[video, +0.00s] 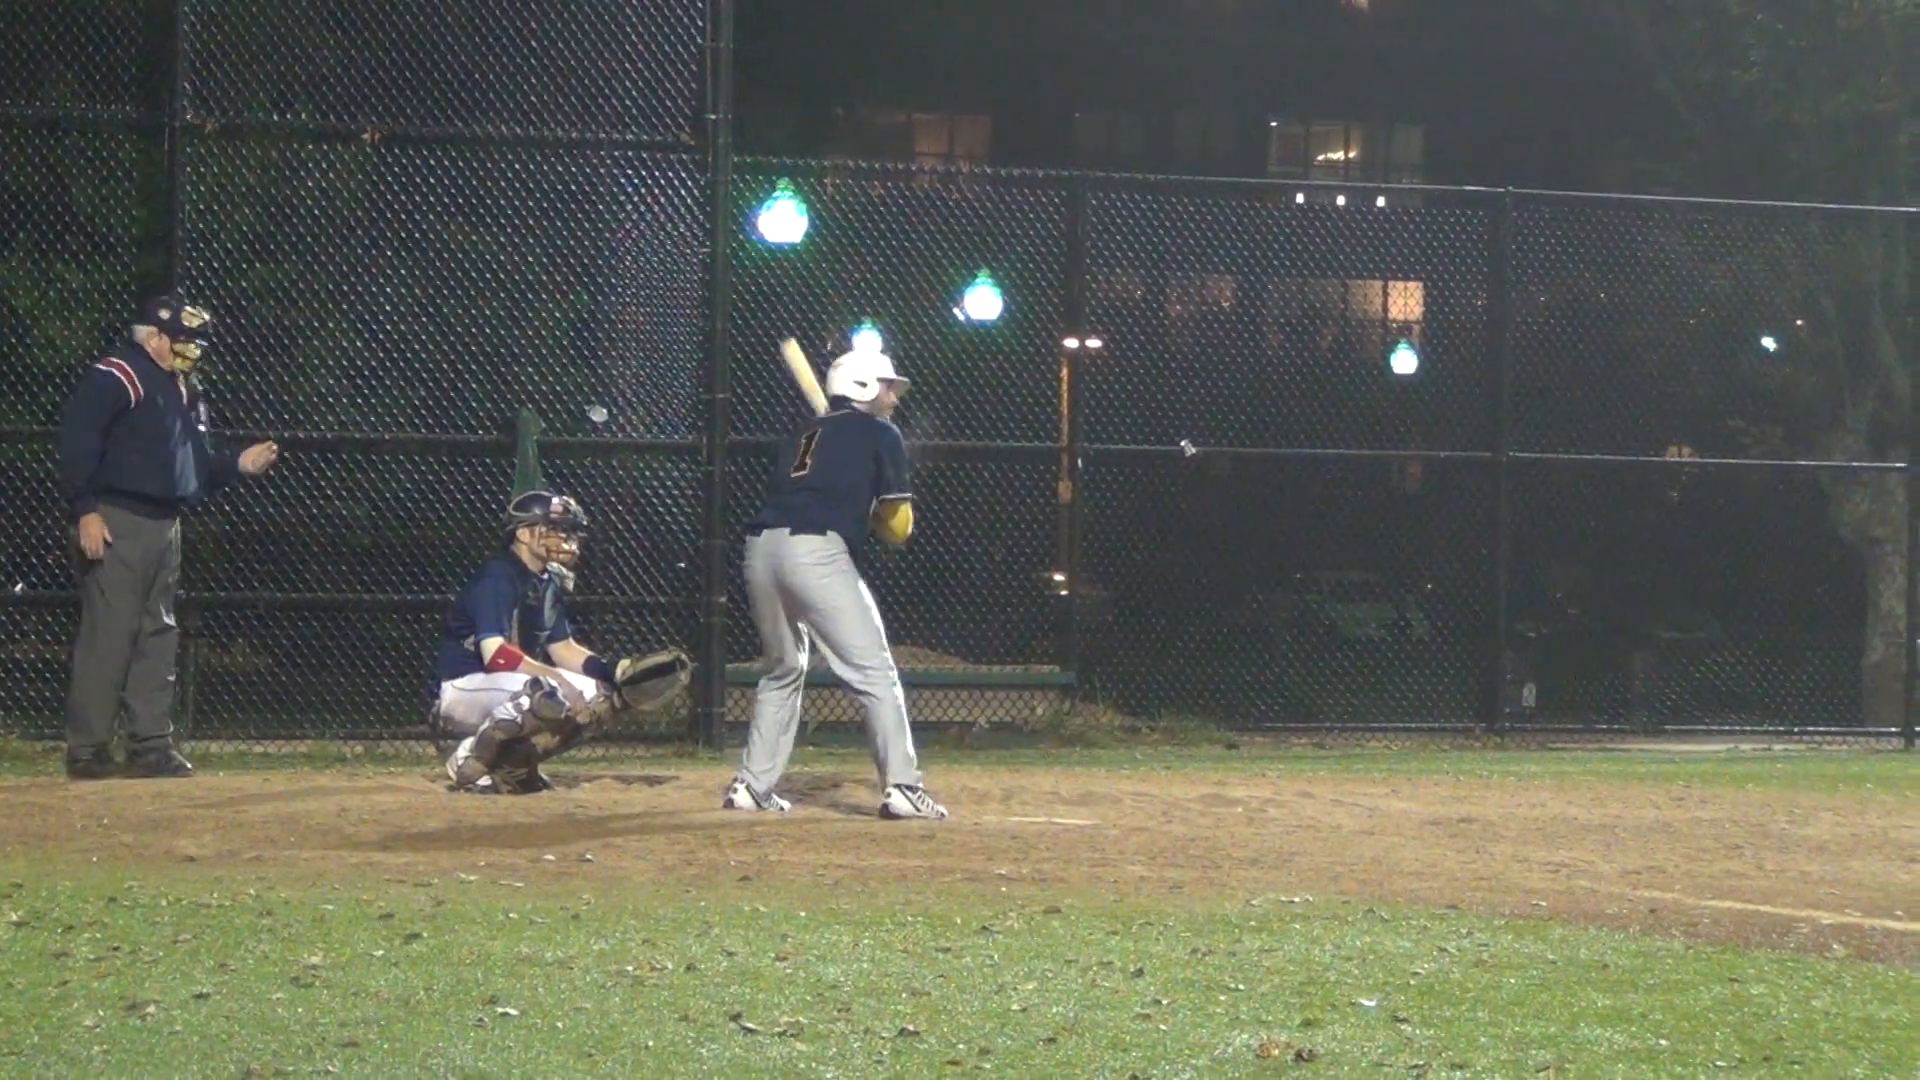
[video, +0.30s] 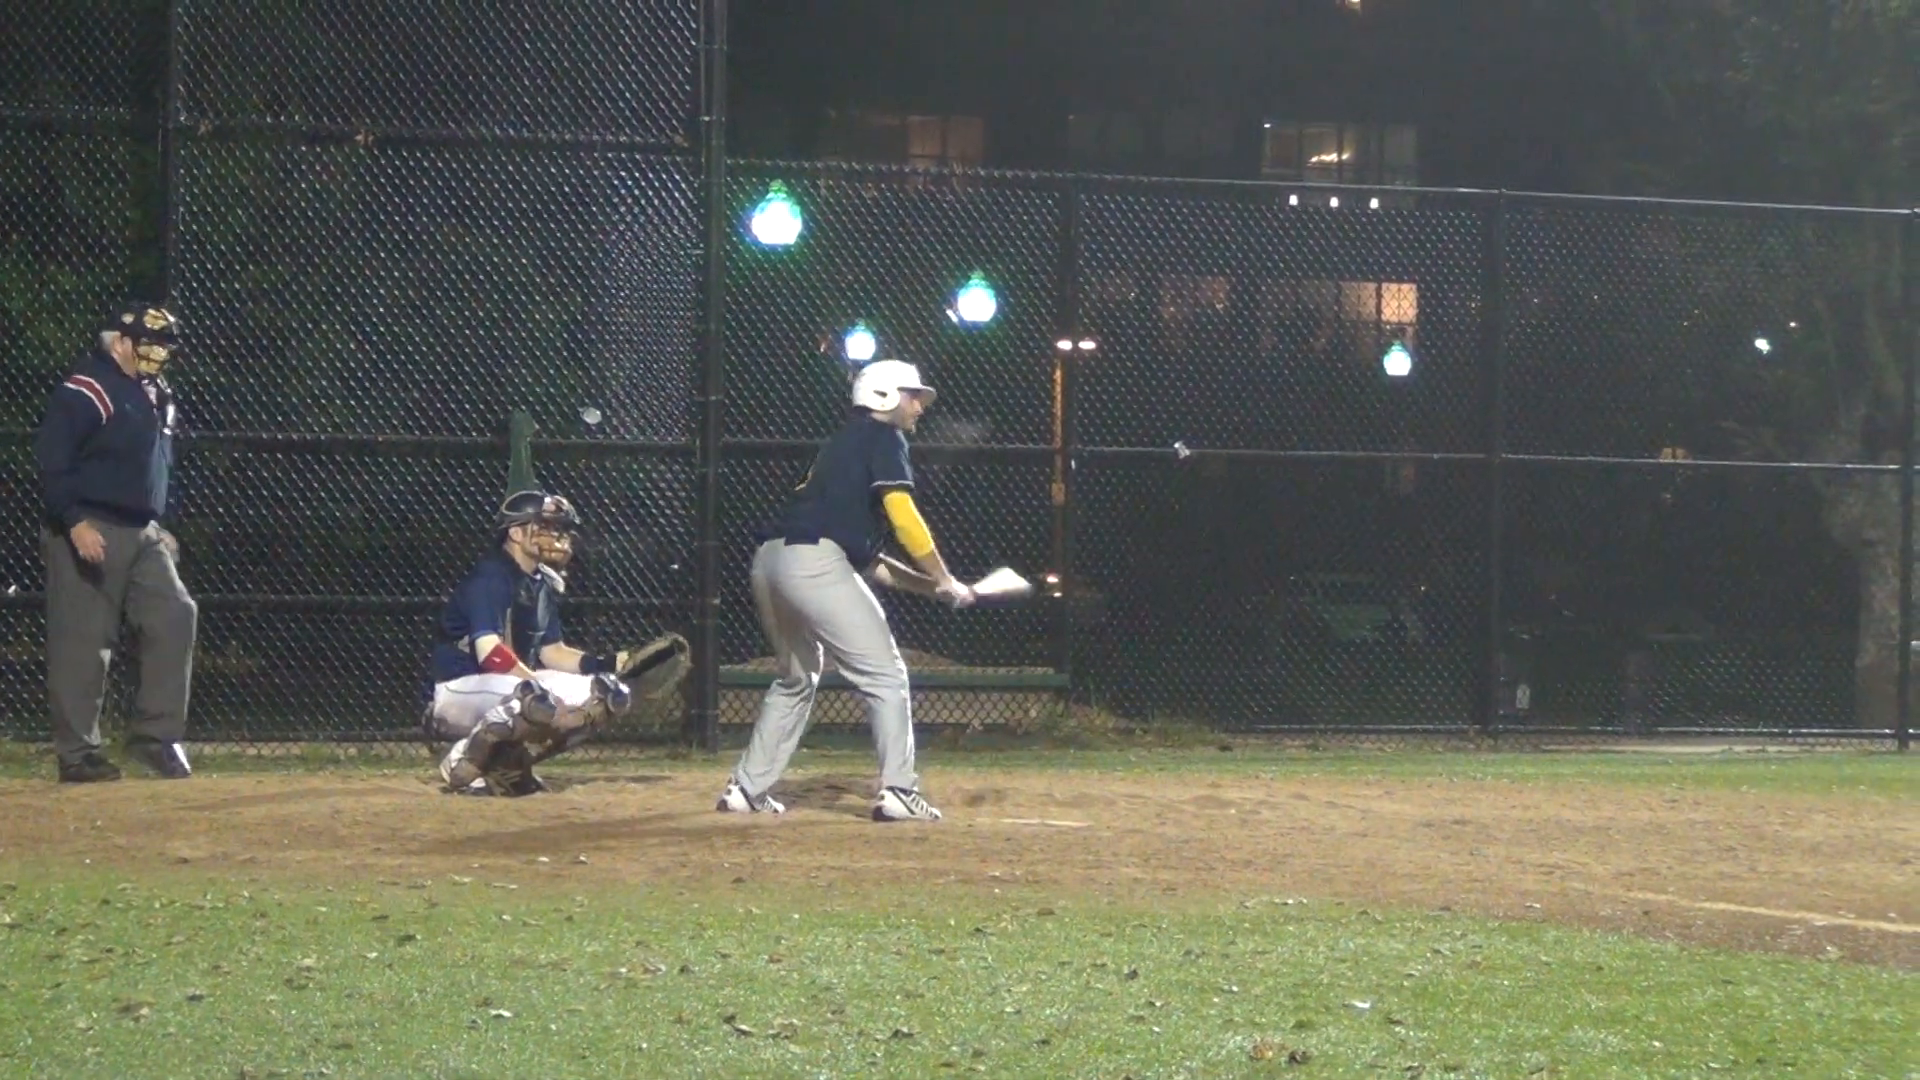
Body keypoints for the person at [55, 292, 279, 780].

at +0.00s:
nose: (190, 347)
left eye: (193, 339)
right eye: (182, 337)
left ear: (187, 340)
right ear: (154, 334)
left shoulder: (187, 392)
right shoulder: (117, 373)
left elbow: (195, 469)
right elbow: (77, 438)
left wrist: (238, 464)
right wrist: (85, 510)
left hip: (166, 525)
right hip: (119, 521)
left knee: (155, 634)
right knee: (108, 632)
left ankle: (150, 746)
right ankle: (87, 749)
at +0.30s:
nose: (158, 352)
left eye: (163, 344)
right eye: (150, 343)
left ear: (165, 346)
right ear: (122, 341)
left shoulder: (157, 394)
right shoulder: (87, 386)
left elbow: (154, 468)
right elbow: (51, 457)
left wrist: (157, 524)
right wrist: (73, 521)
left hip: (143, 534)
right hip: (89, 531)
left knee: (175, 614)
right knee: (82, 639)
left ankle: (157, 735)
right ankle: (78, 753)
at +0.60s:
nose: (151, 354)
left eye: (157, 346)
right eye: (144, 344)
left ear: (160, 347)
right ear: (116, 342)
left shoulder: (149, 392)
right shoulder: (83, 386)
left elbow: (149, 464)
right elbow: (43, 455)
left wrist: (141, 519)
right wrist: (27, 526)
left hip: (133, 534)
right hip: (82, 531)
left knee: (142, 638)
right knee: (79, 638)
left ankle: (164, 750)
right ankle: (76, 756)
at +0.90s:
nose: (149, 355)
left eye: (155, 347)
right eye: (140, 345)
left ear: (158, 349)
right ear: (114, 342)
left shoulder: (145, 395)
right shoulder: (79, 387)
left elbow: (147, 463)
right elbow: (41, 458)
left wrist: (144, 522)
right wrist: (48, 527)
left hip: (132, 534)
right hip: (82, 531)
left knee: (142, 641)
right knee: (79, 641)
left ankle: (163, 751)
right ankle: (76, 757)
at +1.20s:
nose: (150, 359)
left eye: (155, 350)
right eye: (142, 348)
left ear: (155, 351)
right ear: (114, 345)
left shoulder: (144, 395)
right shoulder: (83, 390)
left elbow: (139, 469)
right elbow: (45, 466)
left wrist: (163, 505)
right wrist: (104, 498)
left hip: (127, 533)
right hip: (72, 530)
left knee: (152, 628)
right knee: (78, 637)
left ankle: (166, 749)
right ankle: (76, 756)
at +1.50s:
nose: (175, 368)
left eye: (181, 360)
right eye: (167, 357)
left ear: (184, 362)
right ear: (139, 355)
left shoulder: (171, 410)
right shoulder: (108, 394)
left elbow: (195, 469)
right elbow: (122, 462)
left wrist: (246, 450)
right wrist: (187, 452)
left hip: (128, 537)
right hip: (74, 529)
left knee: (147, 638)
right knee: (78, 639)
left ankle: (176, 748)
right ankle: (79, 756)